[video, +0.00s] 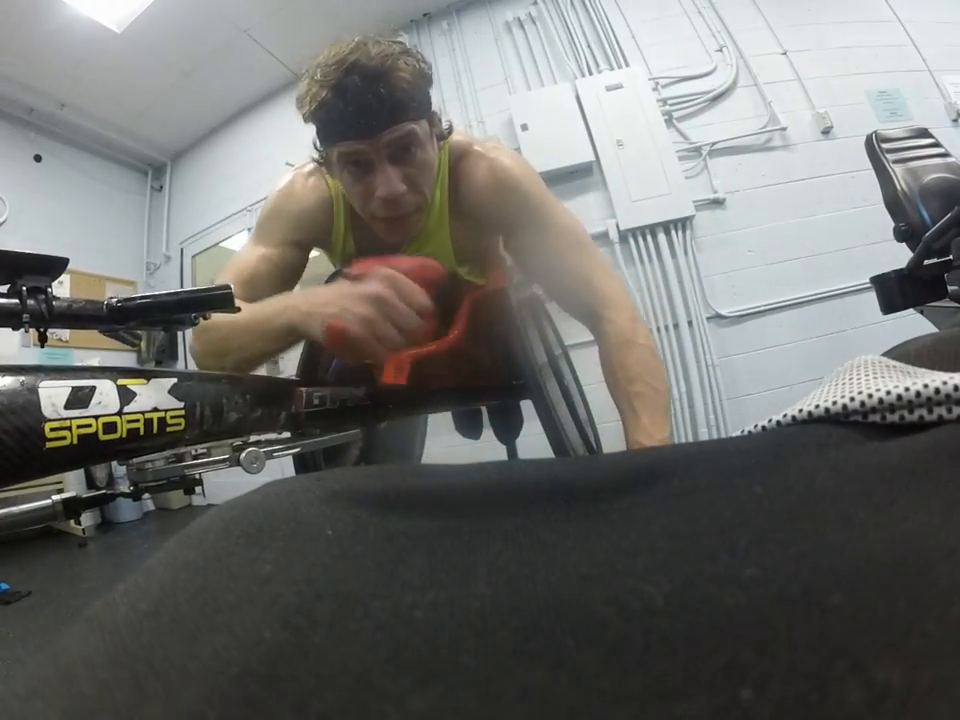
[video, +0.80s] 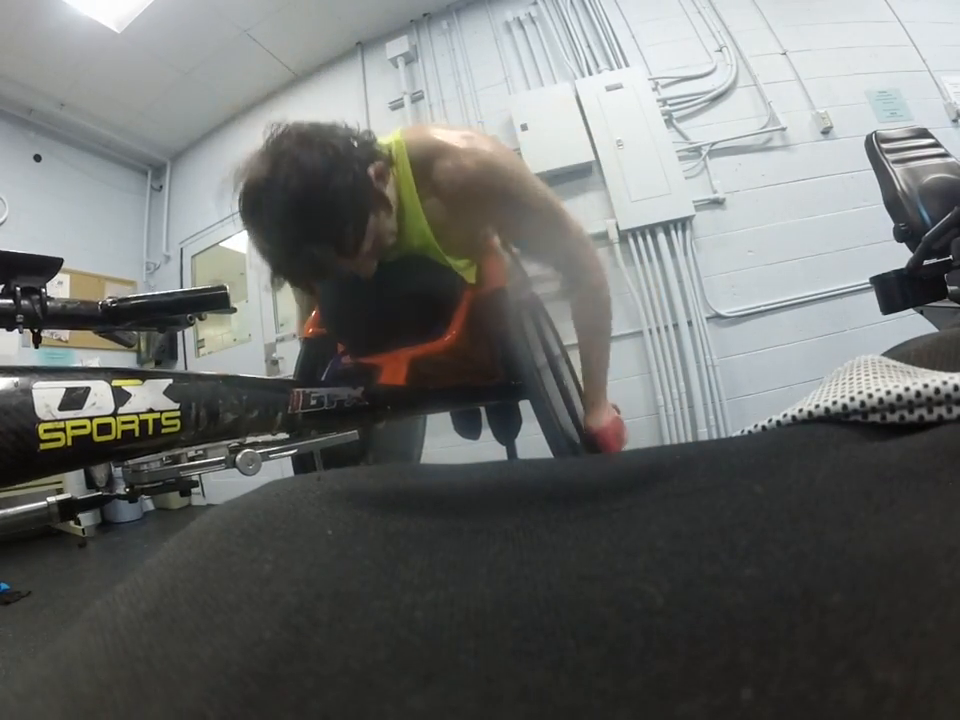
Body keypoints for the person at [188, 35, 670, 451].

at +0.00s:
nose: (389, 187)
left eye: (404, 151)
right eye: (358, 164)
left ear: (435, 130)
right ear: (328, 160)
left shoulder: (490, 177)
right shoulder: (302, 203)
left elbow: (616, 317)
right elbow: (208, 348)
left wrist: (651, 468)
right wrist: (297, 310)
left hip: (487, 336)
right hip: (386, 351)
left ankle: (486, 403)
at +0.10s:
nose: (376, 191)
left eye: (394, 156)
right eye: (348, 169)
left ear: (429, 125)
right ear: (319, 157)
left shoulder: (484, 171)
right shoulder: (299, 198)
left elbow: (620, 302)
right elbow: (211, 308)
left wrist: (667, 459)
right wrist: (243, 326)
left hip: (480, 332)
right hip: (377, 350)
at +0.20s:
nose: (359, 209)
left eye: (374, 180)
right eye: (336, 192)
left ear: (410, 133)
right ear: (306, 175)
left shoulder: (477, 167)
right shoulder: (293, 202)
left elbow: (620, 280)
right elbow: (247, 287)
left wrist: (680, 439)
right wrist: (218, 362)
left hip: (470, 325)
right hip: (365, 347)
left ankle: (486, 392)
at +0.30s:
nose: (342, 248)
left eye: (350, 222)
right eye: (317, 235)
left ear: (393, 161)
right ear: (288, 213)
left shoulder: (468, 174)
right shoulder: (294, 216)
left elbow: (611, 247)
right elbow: (267, 276)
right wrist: (267, 380)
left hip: (470, 296)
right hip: (367, 318)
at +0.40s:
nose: (333, 257)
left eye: (341, 230)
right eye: (310, 243)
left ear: (380, 170)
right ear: (287, 234)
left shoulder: (463, 175)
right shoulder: (299, 252)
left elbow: (596, 198)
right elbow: (327, 324)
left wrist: (628, 298)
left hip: (482, 297)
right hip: (389, 321)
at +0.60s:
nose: (326, 201)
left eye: (331, 169)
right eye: (301, 187)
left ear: (372, 120)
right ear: (285, 179)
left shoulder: (458, 143)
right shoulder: (298, 203)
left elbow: (582, 129)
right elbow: (341, 284)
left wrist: (575, 253)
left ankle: (494, 392)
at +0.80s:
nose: (363, 271)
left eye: (364, 245)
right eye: (340, 268)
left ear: (378, 180)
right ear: (304, 255)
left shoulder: (464, 171)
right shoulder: (307, 238)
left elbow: (586, 270)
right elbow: (316, 327)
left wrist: (597, 402)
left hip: (483, 300)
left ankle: (493, 383)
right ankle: (461, 383)